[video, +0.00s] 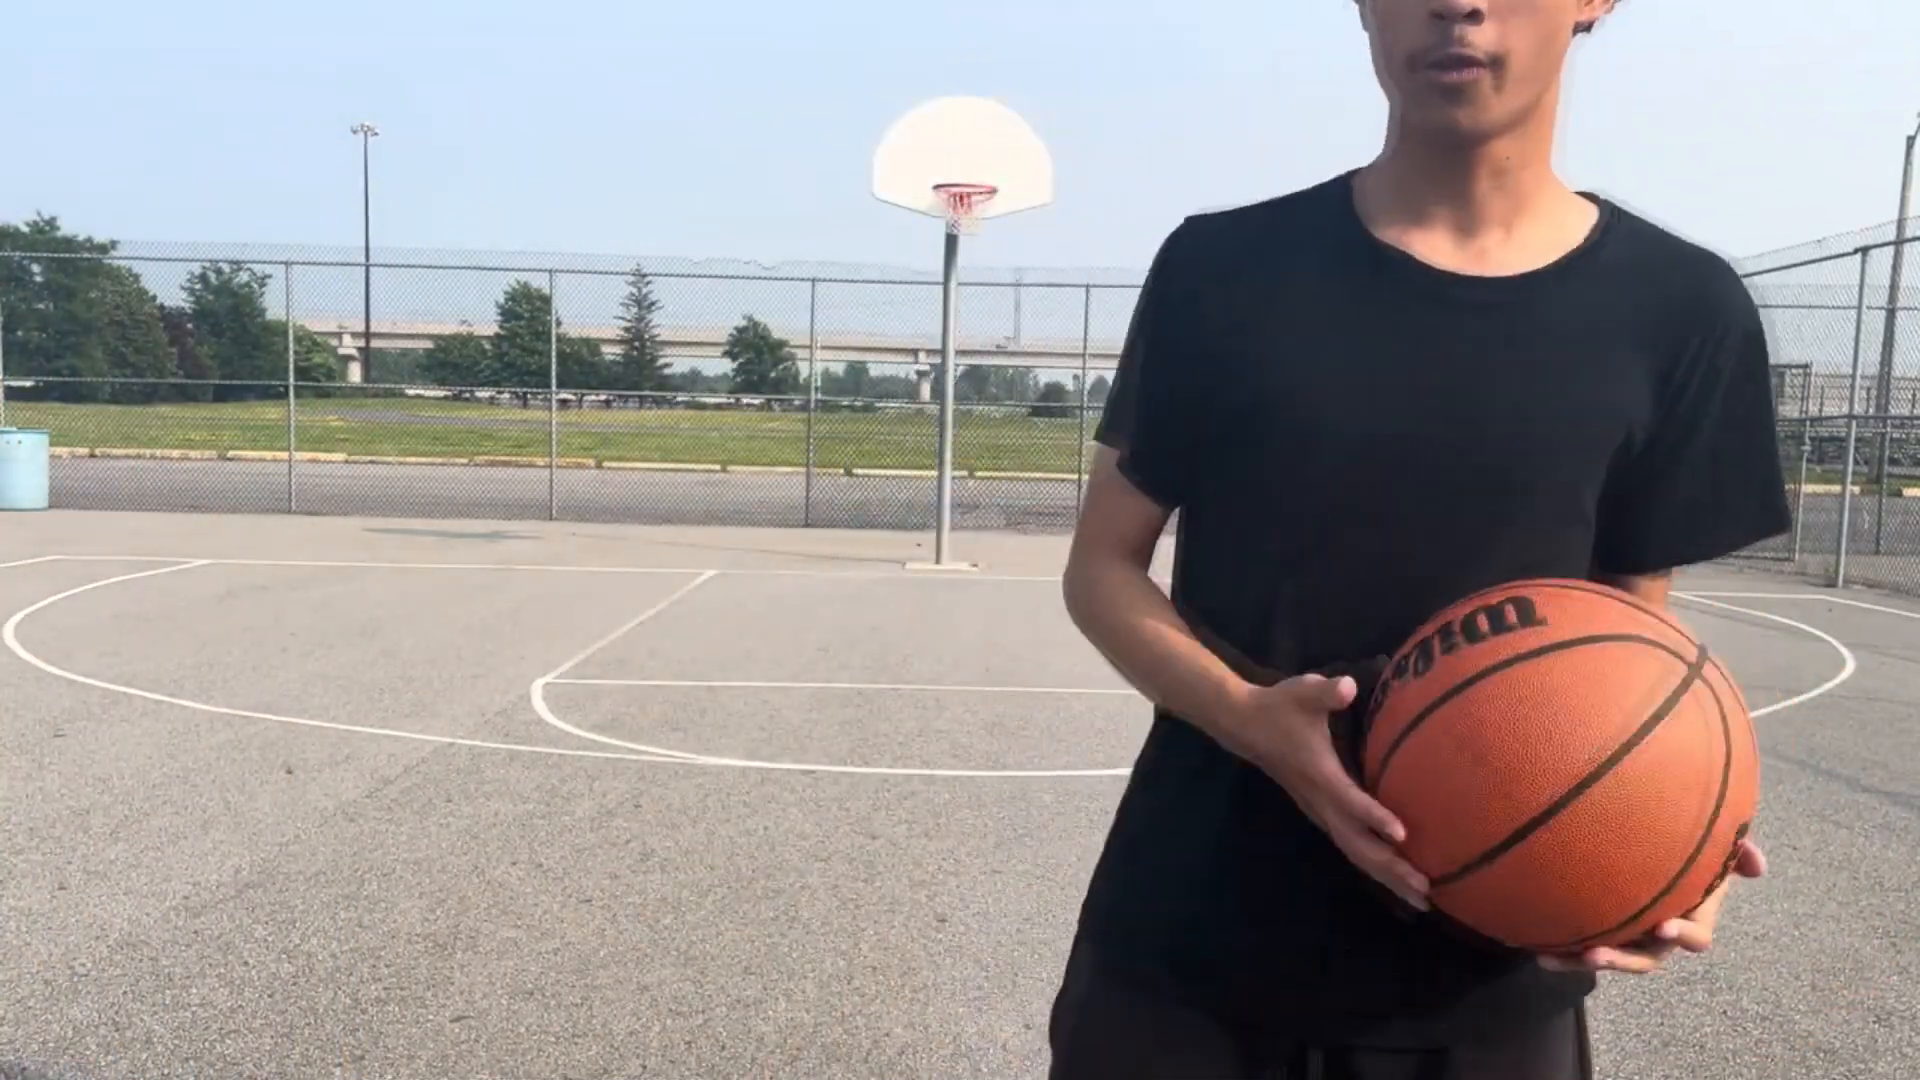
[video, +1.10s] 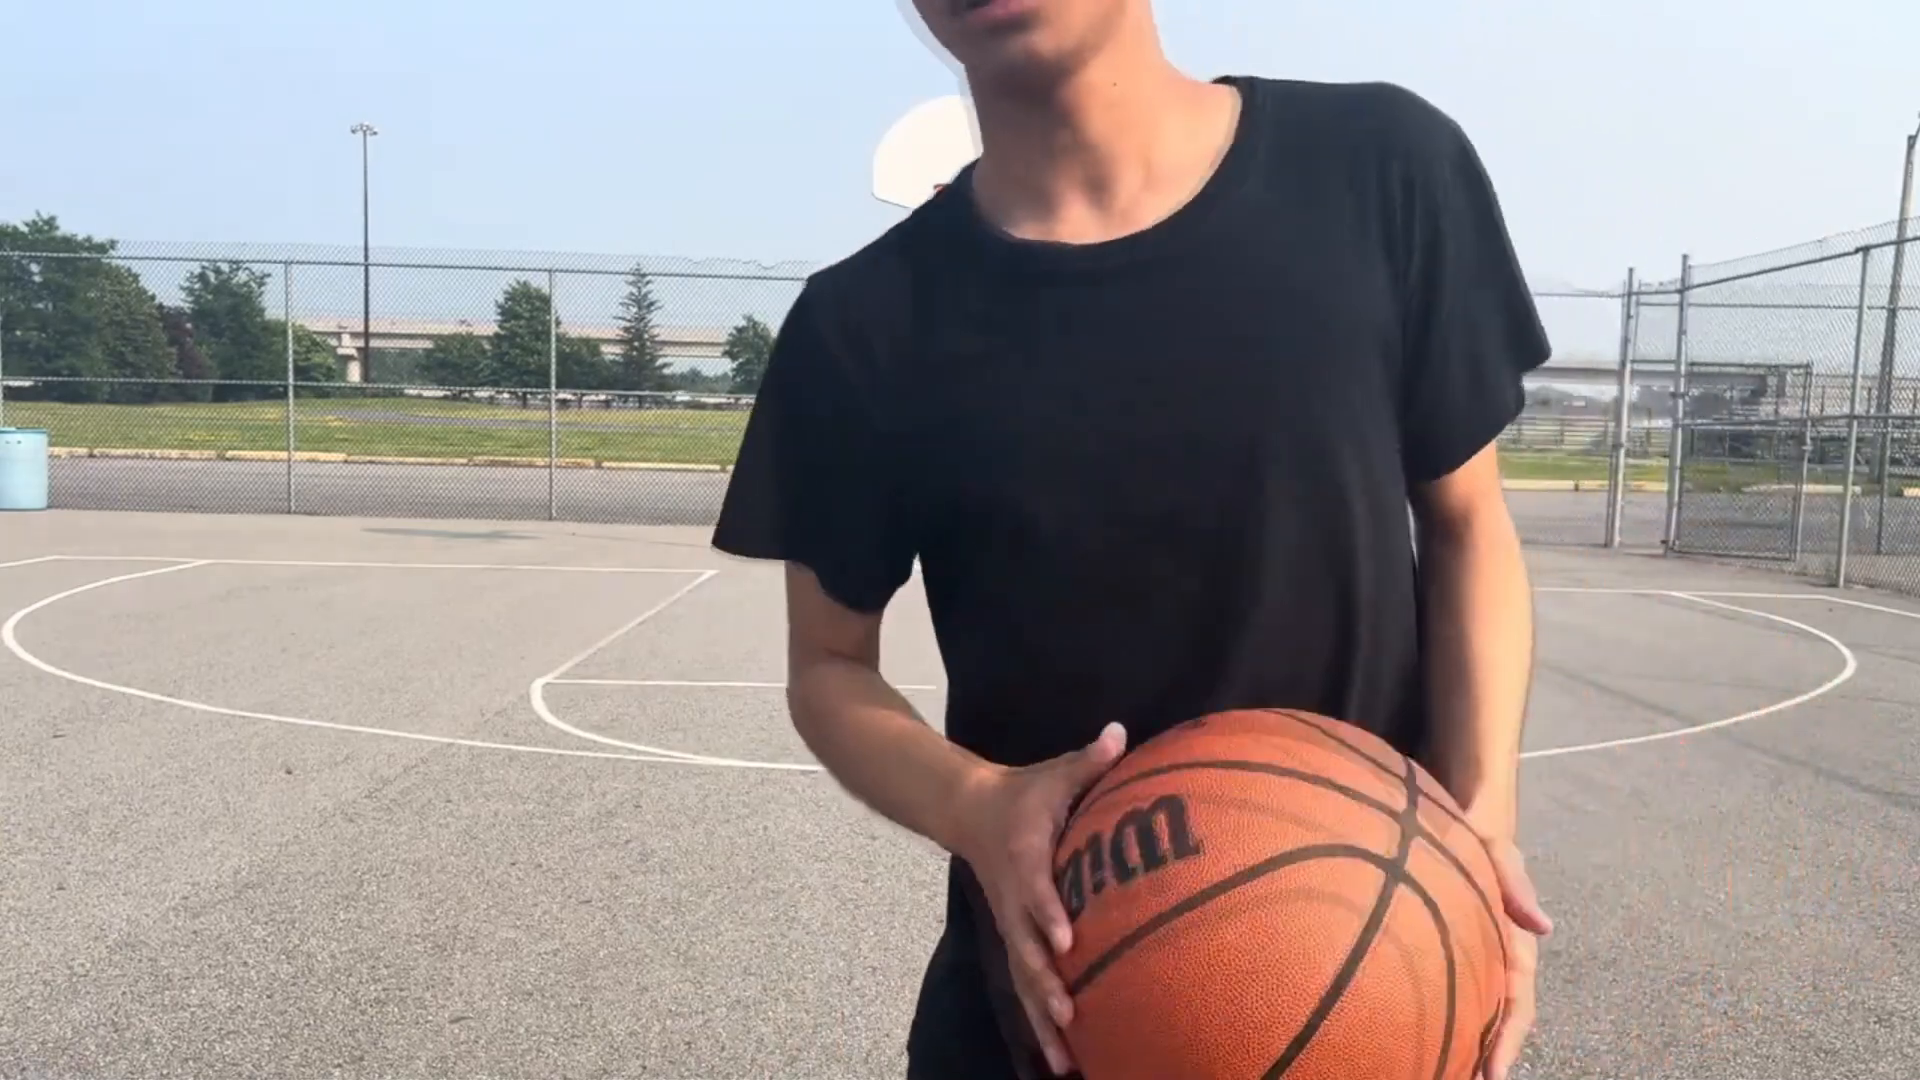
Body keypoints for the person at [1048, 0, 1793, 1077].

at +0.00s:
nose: (1454, 2)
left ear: (1587, 5)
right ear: (1366, 12)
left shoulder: (1682, 308)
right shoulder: (1218, 269)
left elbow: (1635, 617)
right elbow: (1100, 567)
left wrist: (1659, 828)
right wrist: (1242, 713)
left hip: (1489, 995)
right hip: (1188, 965)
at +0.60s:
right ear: (1255, 5)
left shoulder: (1613, 257)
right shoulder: (1117, 265)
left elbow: (1567, 625)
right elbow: (990, 622)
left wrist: (1670, 896)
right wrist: (1259, 756)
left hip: (1470, 1025)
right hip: (1152, 1014)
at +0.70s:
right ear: (1180, 0)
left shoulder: (1556, 240)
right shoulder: (1054, 265)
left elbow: (1522, 611)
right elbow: (943, 636)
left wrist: (1627, 889)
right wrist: (1212, 763)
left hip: (1442, 1020)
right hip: (1124, 1017)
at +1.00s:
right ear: (983, 0)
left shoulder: (1420, 173)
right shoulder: (893, 297)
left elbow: (1472, 516)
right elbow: (831, 653)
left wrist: (1516, 771)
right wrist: (1005, 768)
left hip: (1391, 972)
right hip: (1046, 999)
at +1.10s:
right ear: (909, 8)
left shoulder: (1387, 167)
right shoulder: (861, 323)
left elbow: (1470, 524)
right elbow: (827, 666)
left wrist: (1477, 820)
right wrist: (974, 805)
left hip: (1371, 947)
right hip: (1036, 987)